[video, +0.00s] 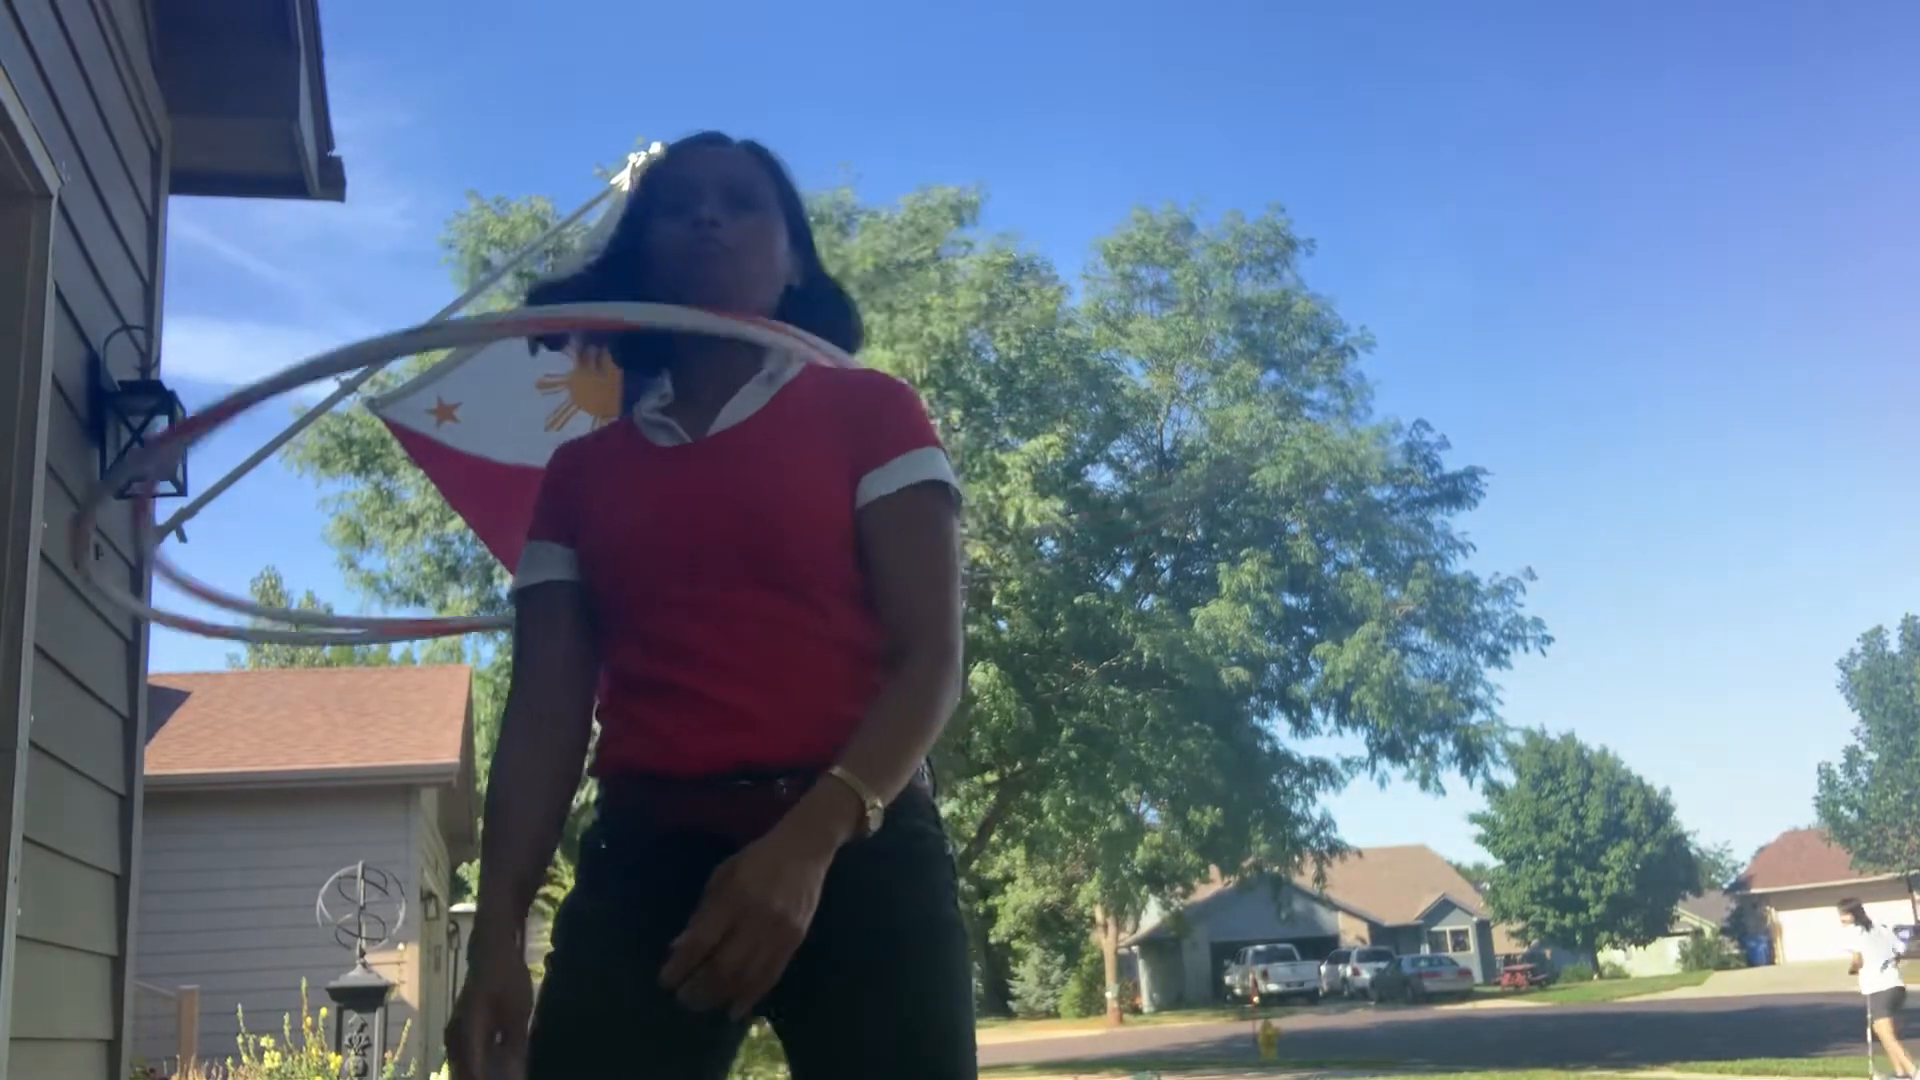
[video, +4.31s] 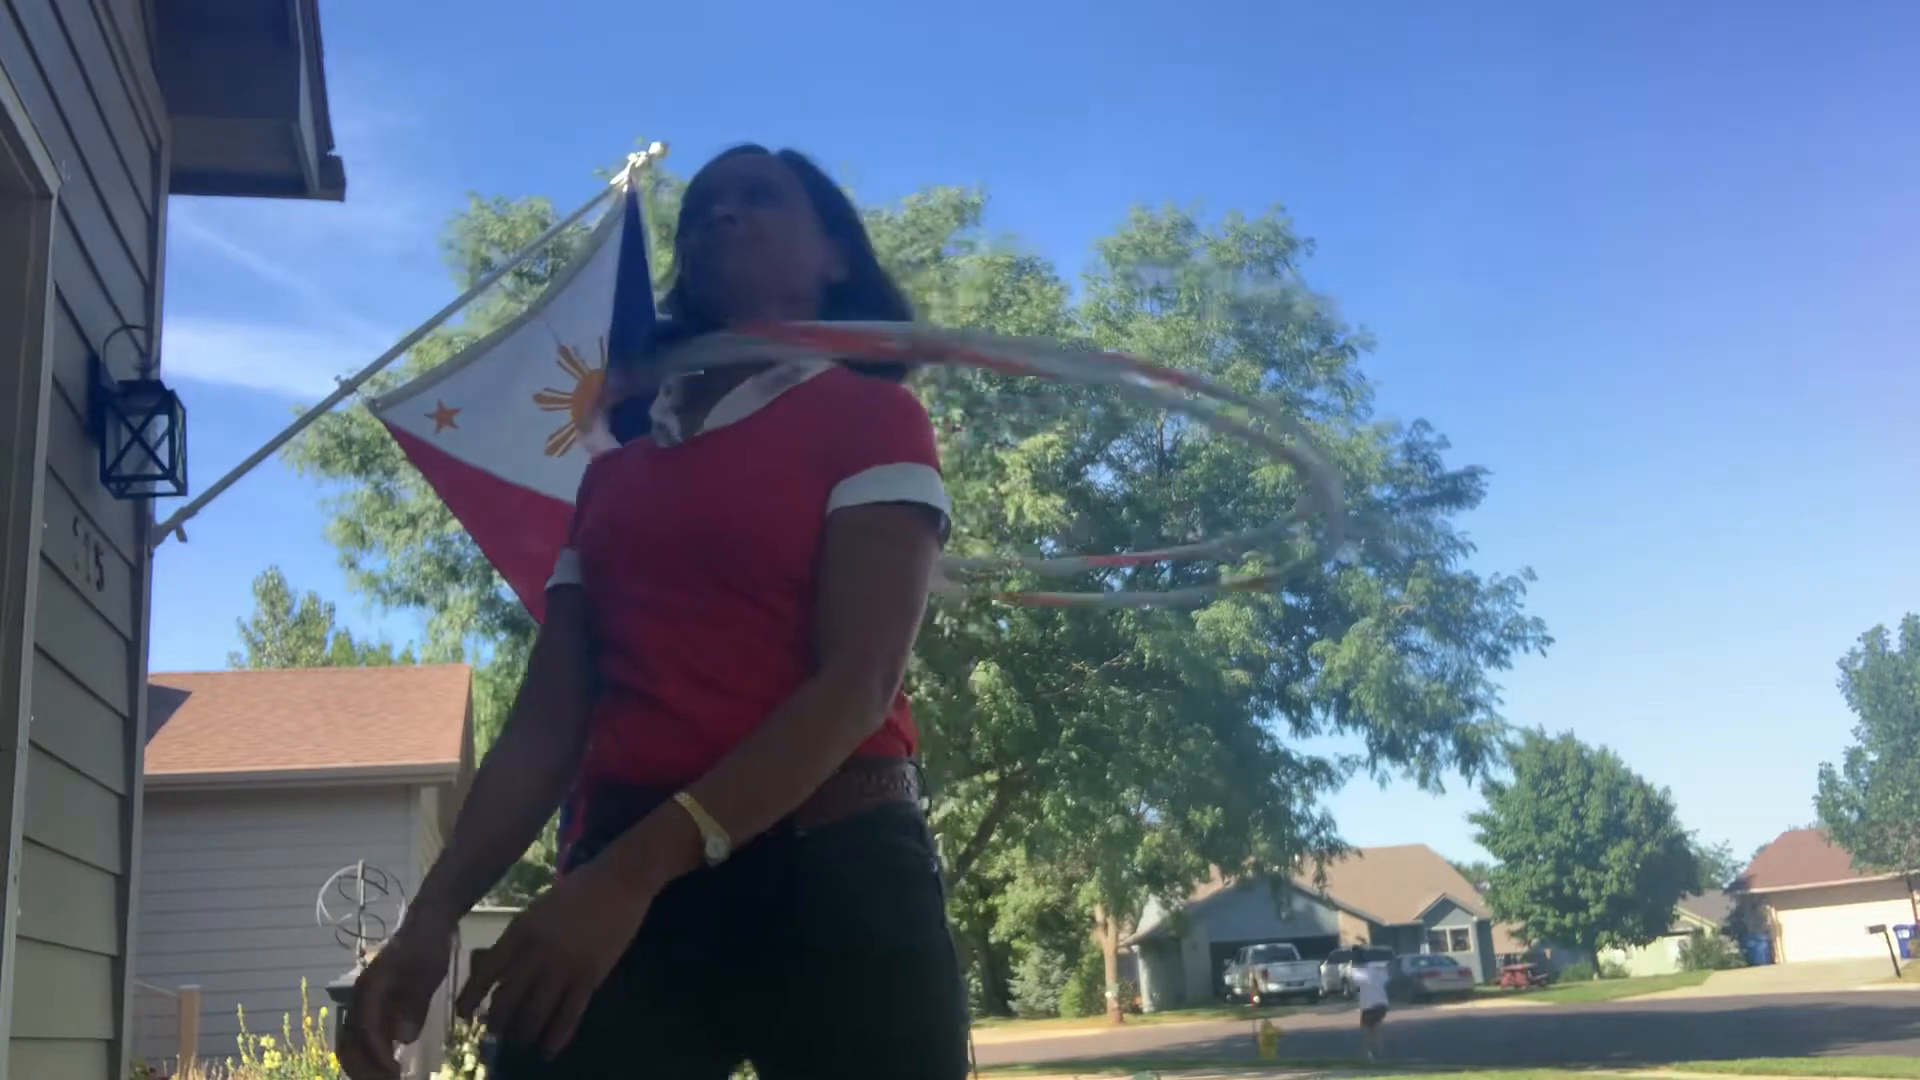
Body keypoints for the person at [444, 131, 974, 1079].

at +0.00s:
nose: (707, 218)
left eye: (742, 202)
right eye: (675, 205)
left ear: (792, 261)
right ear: (636, 262)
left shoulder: (869, 411)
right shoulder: (583, 471)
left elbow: (929, 660)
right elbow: (546, 713)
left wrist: (809, 838)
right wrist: (498, 937)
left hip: (864, 860)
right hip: (648, 866)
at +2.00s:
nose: (777, 243)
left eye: (813, 224)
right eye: (757, 239)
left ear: (891, 280)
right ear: (738, 302)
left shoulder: (927, 441)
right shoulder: (660, 485)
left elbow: (909, 679)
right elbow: (566, 692)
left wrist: (699, 809)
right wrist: (475, 809)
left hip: (877, 867)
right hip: (661, 883)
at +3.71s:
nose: (716, 209)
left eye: (755, 187)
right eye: (694, 203)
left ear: (831, 239)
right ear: (678, 262)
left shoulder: (895, 410)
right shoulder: (633, 469)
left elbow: (926, 677)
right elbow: (581, 722)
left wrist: (752, 889)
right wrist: (504, 946)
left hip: (872, 872)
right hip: (660, 879)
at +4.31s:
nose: (720, 213)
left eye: (760, 195)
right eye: (700, 213)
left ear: (837, 257)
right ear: (685, 275)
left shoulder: (866, 409)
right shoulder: (616, 465)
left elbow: (856, 686)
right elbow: (547, 712)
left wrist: (632, 869)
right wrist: (431, 915)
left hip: (834, 874)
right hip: (617, 893)